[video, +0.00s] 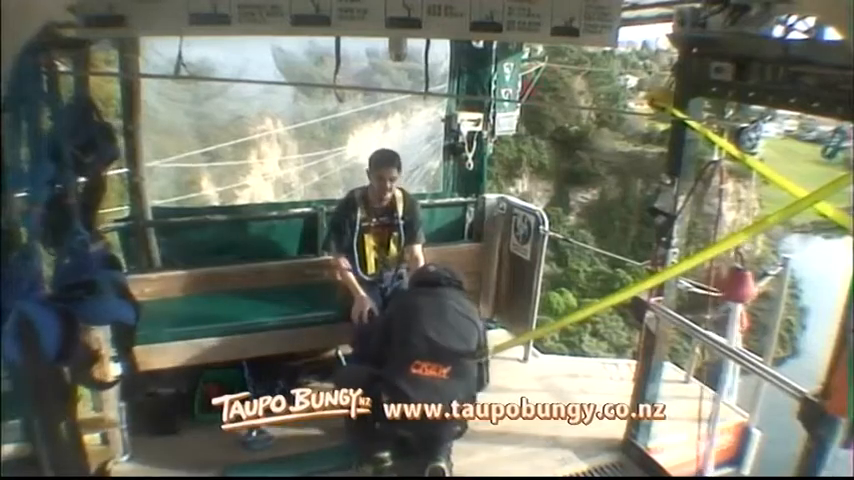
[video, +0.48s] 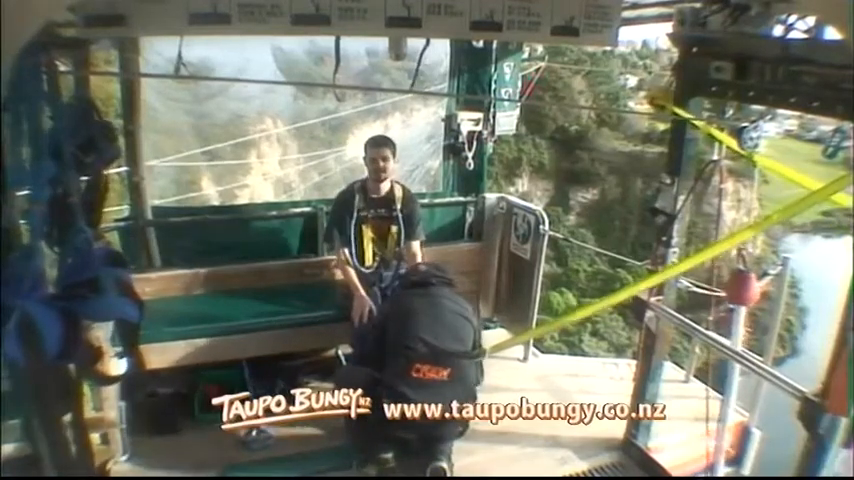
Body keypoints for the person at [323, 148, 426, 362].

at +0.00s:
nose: (386, 186)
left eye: (391, 180)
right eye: (380, 179)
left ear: (398, 178)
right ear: (369, 176)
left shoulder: (407, 203)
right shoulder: (351, 204)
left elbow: (415, 254)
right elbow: (338, 258)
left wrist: (421, 292)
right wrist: (359, 296)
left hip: (398, 278)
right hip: (363, 281)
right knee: (368, 321)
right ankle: (367, 376)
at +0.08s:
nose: (386, 183)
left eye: (391, 176)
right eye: (380, 176)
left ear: (398, 175)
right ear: (368, 174)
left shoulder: (407, 203)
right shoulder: (351, 203)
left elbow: (415, 253)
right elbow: (338, 257)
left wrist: (421, 290)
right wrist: (360, 295)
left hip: (398, 278)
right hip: (364, 280)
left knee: (408, 315)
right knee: (368, 321)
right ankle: (368, 376)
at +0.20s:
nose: (385, 177)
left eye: (390, 171)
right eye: (379, 171)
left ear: (397, 171)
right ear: (368, 171)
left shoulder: (408, 202)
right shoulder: (351, 202)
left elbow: (415, 254)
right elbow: (340, 256)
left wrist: (419, 293)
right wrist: (360, 295)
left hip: (398, 280)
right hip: (364, 282)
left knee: (405, 319)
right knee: (368, 322)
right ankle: (368, 378)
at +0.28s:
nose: (384, 174)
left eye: (389, 167)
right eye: (377, 168)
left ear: (397, 167)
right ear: (368, 168)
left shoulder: (407, 200)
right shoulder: (352, 199)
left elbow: (414, 251)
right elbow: (339, 253)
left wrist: (422, 290)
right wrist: (359, 295)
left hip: (398, 279)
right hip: (365, 281)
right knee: (368, 323)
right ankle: (368, 380)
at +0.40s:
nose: (381, 169)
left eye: (386, 162)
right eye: (375, 163)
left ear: (394, 163)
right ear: (366, 163)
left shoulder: (406, 199)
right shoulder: (349, 199)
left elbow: (413, 250)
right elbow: (341, 253)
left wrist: (419, 288)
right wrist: (359, 294)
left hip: (398, 278)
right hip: (364, 279)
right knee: (368, 322)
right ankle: (368, 379)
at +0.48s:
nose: (379, 166)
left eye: (385, 159)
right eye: (373, 160)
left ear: (394, 162)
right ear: (365, 162)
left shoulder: (406, 198)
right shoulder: (348, 199)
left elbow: (414, 250)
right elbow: (342, 255)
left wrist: (419, 287)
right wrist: (359, 294)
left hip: (398, 276)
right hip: (364, 277)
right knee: (368, 321)